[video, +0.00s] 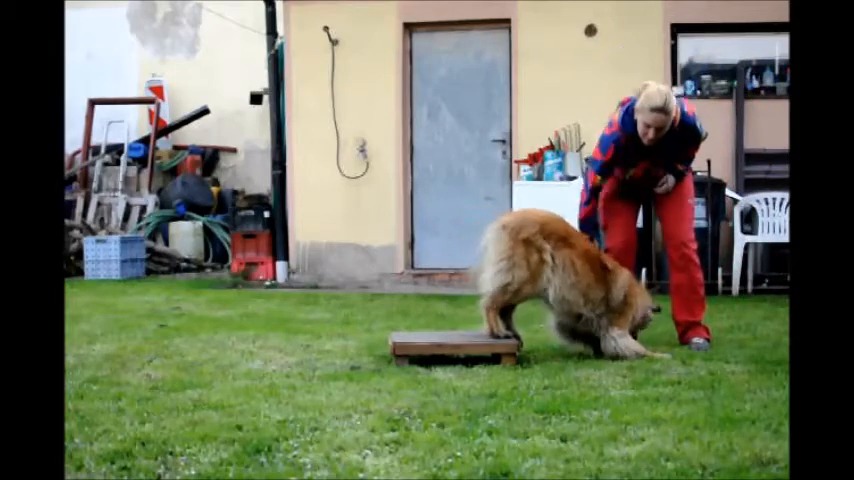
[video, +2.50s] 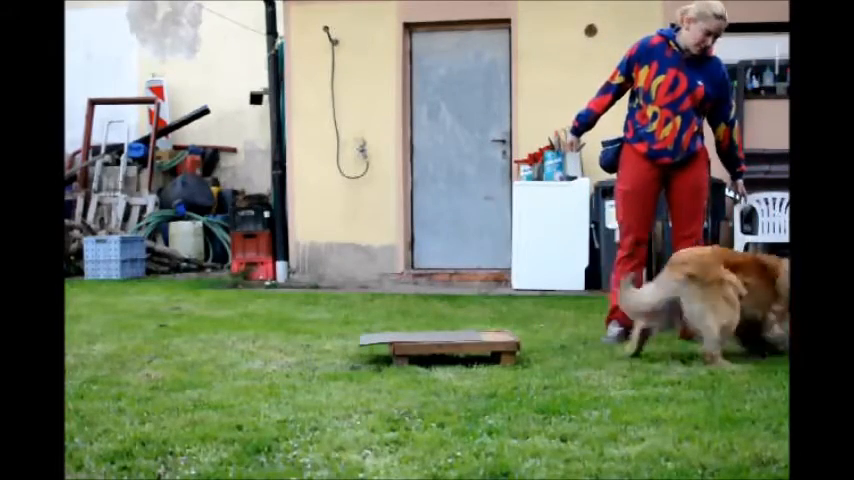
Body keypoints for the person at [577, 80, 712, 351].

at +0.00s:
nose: (650, 135)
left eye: (658, 129)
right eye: (645, 126)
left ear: (673, 118)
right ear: (636, 115)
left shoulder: (689, 126)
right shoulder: (618, 128)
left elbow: (688, 153)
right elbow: (593, 181)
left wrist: (675, 174)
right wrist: (589, 240)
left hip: (669, 177)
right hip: (623, 177)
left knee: (682, 245)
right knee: (618, 246)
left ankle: (693, 330)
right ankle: (619, 328)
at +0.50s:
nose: (640, 40)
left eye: (648, 35)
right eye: (636, 32)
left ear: (657, 35)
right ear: (624, 25)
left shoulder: (668, 64)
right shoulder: (597, 57)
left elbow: (682, 107)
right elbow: (571, 93)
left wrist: (666, 134)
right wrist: (589, 120)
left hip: (656, 161)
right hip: (607, 161)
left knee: (677, 242)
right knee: (609, 245)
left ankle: (694, 327)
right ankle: (610, 332)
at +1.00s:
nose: (670, 33)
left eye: (677, 29)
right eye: (666, 24)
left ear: (684, 29)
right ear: (652, 16)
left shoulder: (689, 58)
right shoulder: (620, 50)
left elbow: (702, 103)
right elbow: (594, 92)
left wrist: (690, 126)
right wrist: (581, 131)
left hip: (676, 157)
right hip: (626, 156)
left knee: (684, 244)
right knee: (625, 242)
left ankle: (692, 325)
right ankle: (621, 325)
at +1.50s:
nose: (684, 36)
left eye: (692, 32)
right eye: (682, 27)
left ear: (698, 33)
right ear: (667, 17)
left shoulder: (700, 62)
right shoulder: (633, 50)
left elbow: (709, 108)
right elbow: (600, 91)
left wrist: (707, 134)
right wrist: (568, 130)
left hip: (682, 158)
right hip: (633, 155)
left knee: (686, 244)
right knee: (624, 237)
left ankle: (692, 325)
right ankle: (620, 322)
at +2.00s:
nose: (695, 40)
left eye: (702, 36)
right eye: (693, 31)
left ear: (707, 36)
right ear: (676, 19)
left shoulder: (705, 65)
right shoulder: (639, 49)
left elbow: (717, 117)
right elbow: (604, 88)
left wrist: (739, 157)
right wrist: (571, 126)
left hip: (684, 159)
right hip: (635, 156)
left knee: (686, 246)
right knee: (625, 240)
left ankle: (692, 325)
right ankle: (620, 321)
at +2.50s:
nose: (709, 43)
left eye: (715, 37)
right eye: (705, 34)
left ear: (718, 36)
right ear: (686, 21)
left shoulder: (714, 71)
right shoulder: (648, 49)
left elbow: (724, 125)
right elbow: (612, 88)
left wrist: (736, 173)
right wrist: (578, 127)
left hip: (689, 159)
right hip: (640, 156)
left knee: (690, 243)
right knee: (632, 241)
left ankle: (692, 324)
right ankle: (620, 320)